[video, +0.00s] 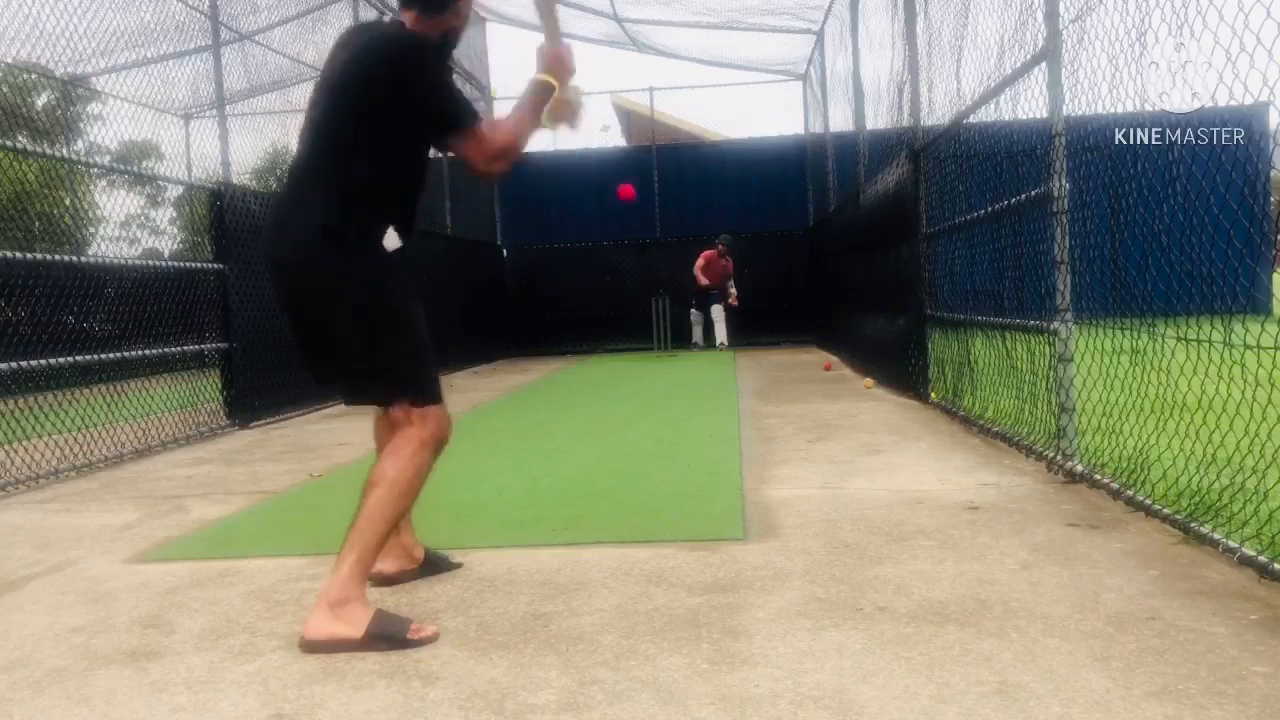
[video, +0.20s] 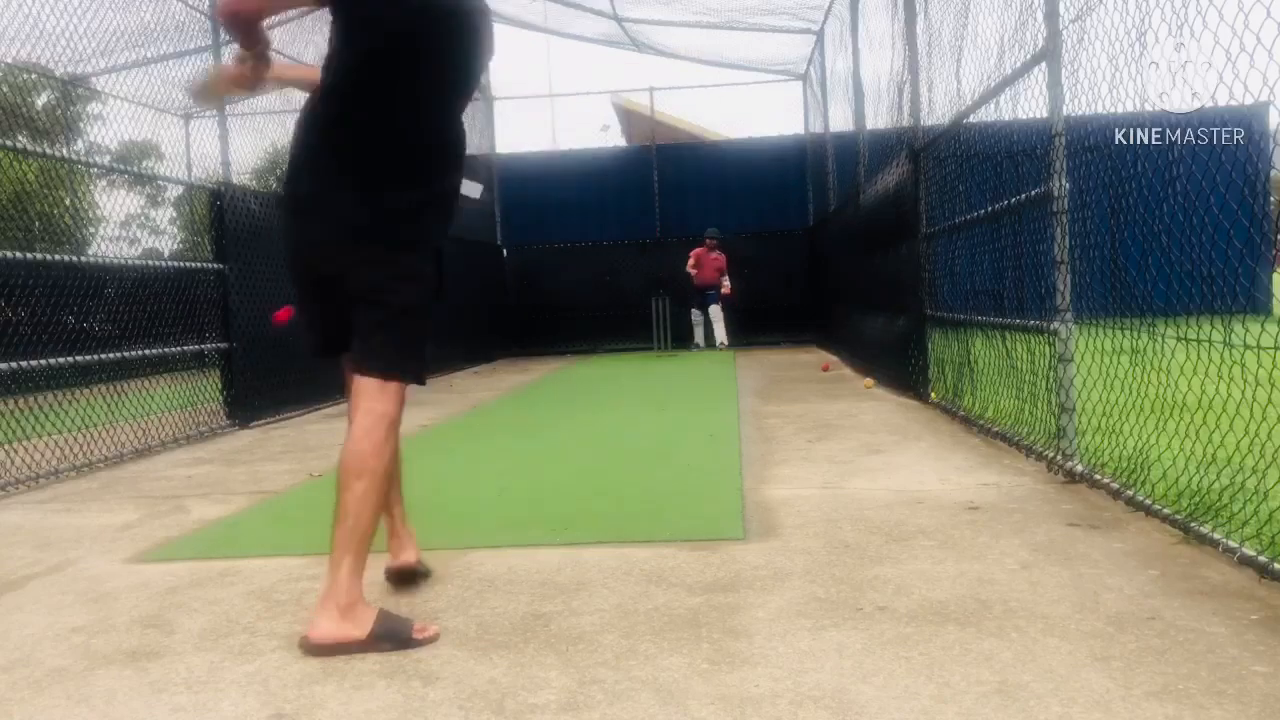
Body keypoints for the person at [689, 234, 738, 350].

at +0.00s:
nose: (722, 248)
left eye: (725, 246)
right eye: (721, 245)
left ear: (728, 248)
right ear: (717, 245)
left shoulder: (728, 262)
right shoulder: (707, 255)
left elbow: (729, 280)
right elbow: (696, 268)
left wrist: (732, 294)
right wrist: (701, 278)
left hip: (717, 289)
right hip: (702, 287)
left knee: (718, 312)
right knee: (696, 314)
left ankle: (721, 342)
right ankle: (697, 342)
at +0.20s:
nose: (712, 242)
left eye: (714, 239)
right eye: (709, 239)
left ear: (717, 241)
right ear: (705, 240)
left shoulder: (720, 256)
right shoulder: (697, 253)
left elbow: (724, 274)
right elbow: (689, 267)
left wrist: (725, 285)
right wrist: (693, 271)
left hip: (713, 288)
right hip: (698, 288)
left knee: (715, 312)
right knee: (696, 316)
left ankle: (721, 341)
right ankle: (699, 343)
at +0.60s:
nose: (700, 240)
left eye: (703, 237)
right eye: (698, 237)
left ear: (708, 238)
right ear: (695, 239)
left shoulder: (716, 252)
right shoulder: (692, 253)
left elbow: (723, 270)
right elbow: (689, 269)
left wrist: (715, 276)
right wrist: (693, 275)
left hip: (711, 286)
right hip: (697, 286)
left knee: (714, 312)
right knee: (697, 314)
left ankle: (721, 342)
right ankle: (699, 343)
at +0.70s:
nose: (701, 240)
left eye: (704, 237)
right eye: (699, 238)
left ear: (709, 238)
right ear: (697, 239)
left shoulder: (718, 252)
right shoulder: (694, 253)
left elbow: (724, 271)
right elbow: (691, 269)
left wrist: (714, 275)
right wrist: (695, 274)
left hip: (713, 286)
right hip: (699, 286)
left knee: (716, 313)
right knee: (698, 313)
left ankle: (721, 342)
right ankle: (699, 343)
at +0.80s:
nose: (702, 240)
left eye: (705, 237)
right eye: (701, 237)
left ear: (711, 237)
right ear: (698, 239)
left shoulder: (719, 252)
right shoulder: (696, 253)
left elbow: (725, 271)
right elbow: (693, 270)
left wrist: (714, 275)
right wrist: (699, 274)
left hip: (715, 285)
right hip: (701, 286)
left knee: (717, 313)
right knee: (699, 314)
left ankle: (721, 342)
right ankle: (699, 343)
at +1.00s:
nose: (706, 239)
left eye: (709, 237)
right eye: (704, 237)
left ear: (714, 237)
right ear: (702, 239)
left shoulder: (723, 252)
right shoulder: (700, 253)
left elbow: (730, 270)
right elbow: (696, 270)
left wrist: (717, 275)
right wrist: (703, 274)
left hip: (718, 285)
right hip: (704, 286)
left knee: (719, 312)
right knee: (700, 313)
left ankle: (722, 342)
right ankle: (700, 343)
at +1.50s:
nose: (735, 264)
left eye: (736, 262)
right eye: (734, 260)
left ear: (736, 261)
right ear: (727, 258)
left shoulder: (730, 268)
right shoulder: (717, 267)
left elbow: (727, 280)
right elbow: (717, 284)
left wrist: (731, 286)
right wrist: (730, 288)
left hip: (718, 289)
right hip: (705, 288)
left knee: (721, 312)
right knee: (699, 313)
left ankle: (722, 342)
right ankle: (693, 338)